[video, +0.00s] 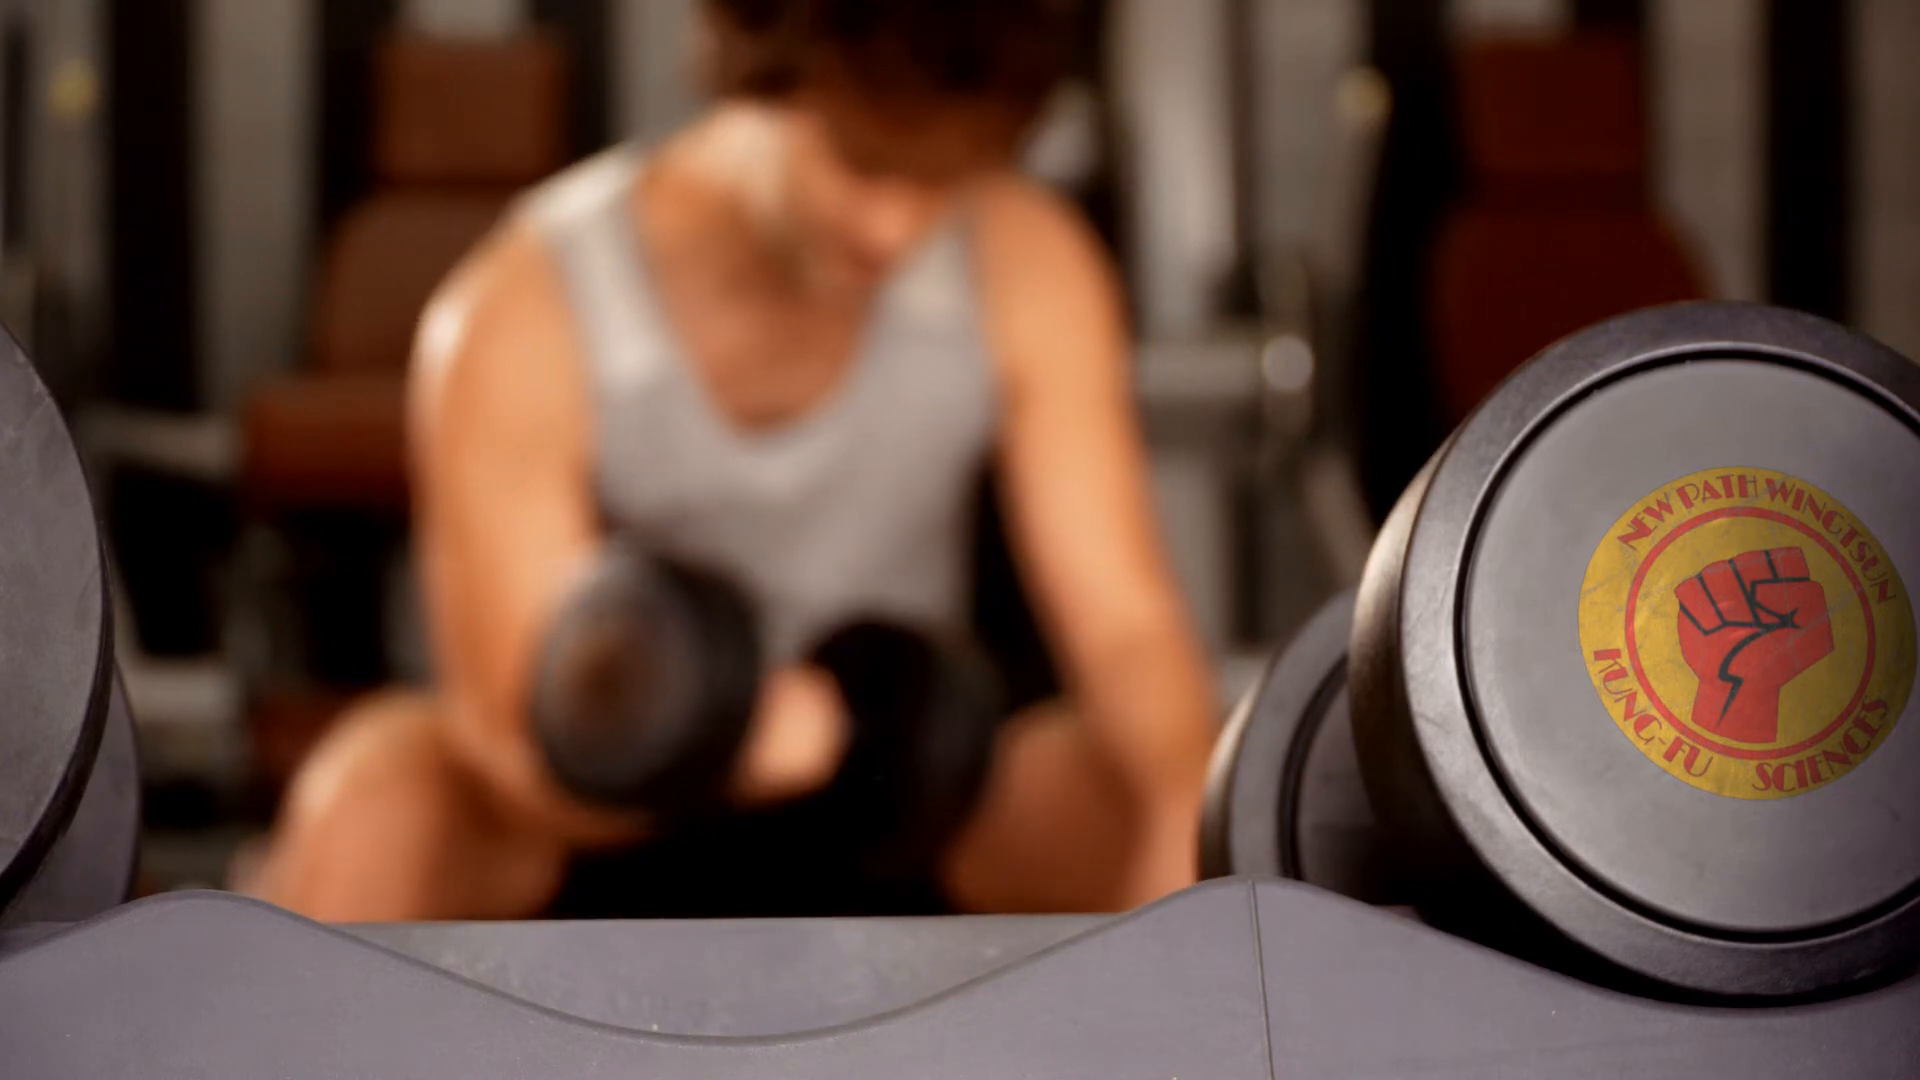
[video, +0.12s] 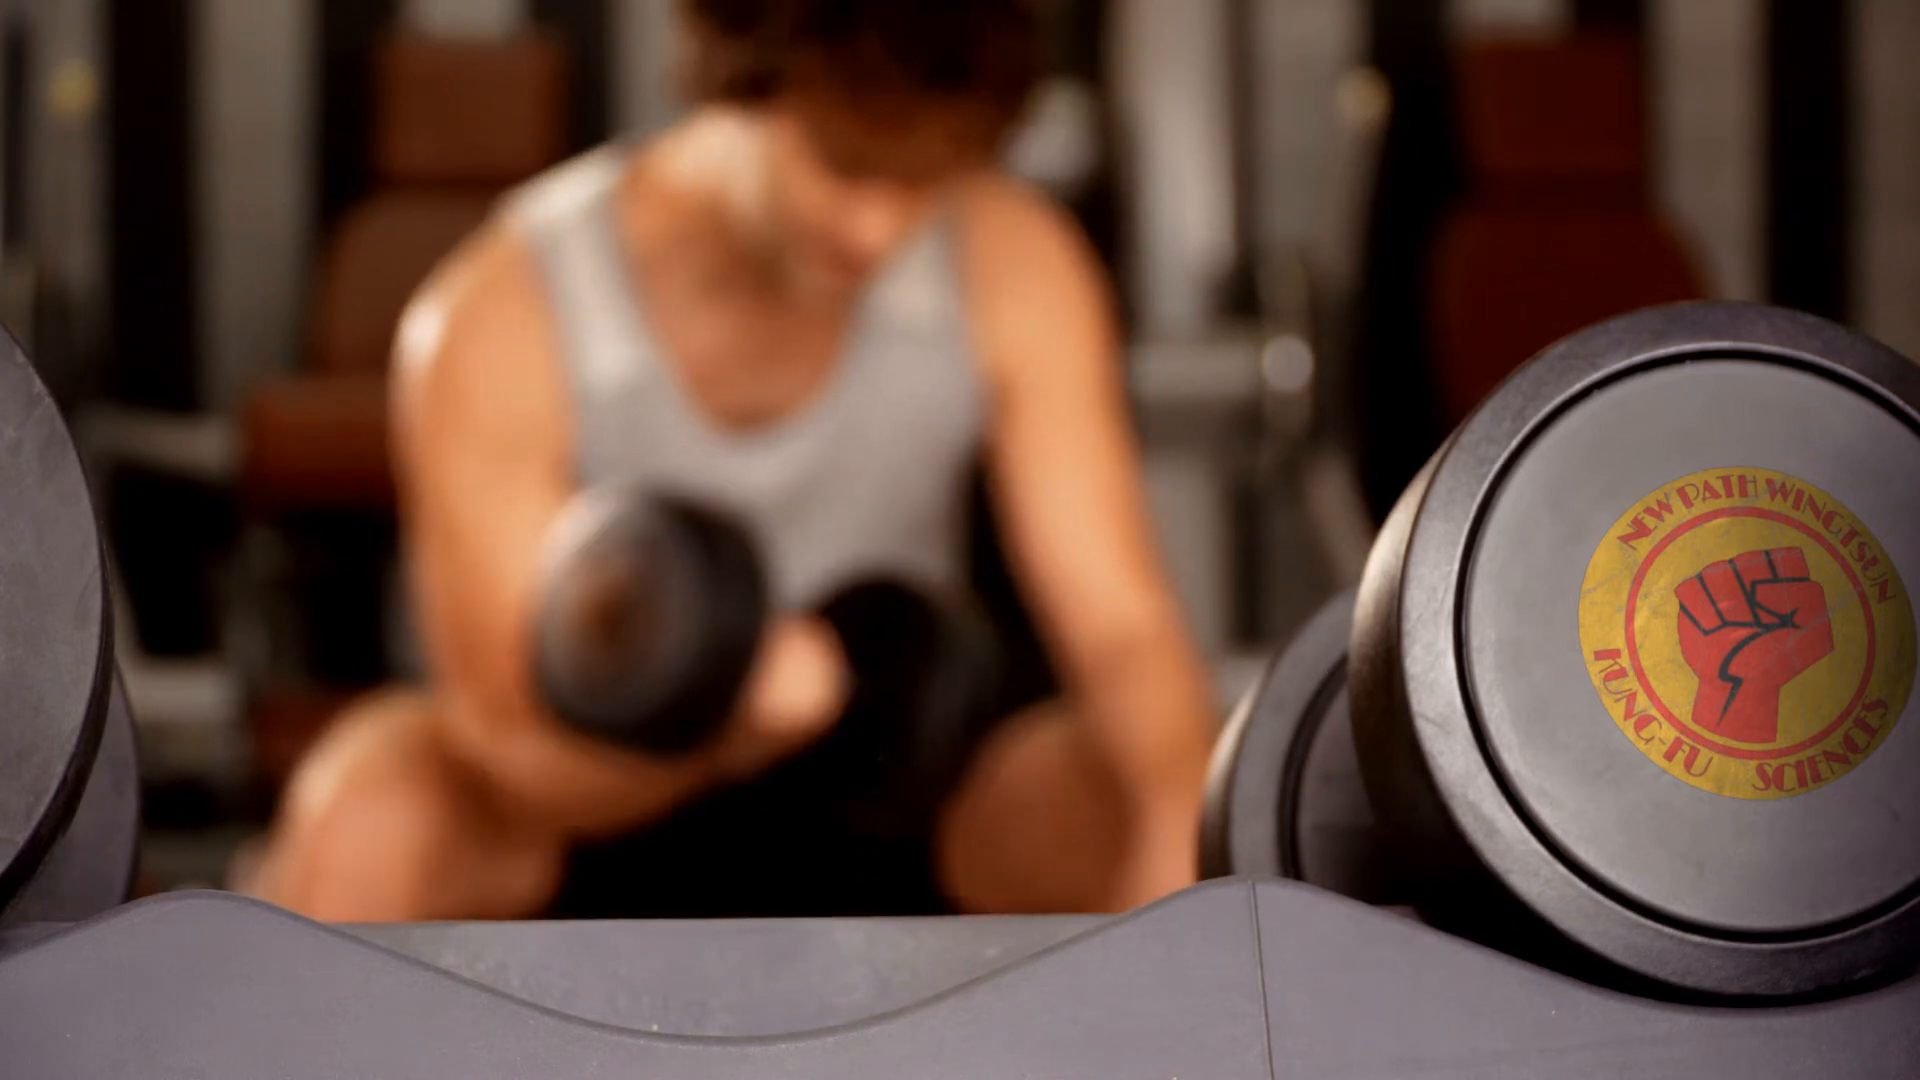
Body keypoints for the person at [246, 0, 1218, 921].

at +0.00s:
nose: (899, 229)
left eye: (944, 180)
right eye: (864, 166)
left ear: (998, 140)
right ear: (764, 78)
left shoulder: (1019, 254)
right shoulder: (520, 311)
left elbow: (1125, 627)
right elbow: (528, 753)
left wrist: (1187, 833)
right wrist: (824, 725)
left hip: (888, 803)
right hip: (607, 811)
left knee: (1189, 794)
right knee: (374, 787)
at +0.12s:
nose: (882, 229)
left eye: (926, 181)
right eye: (847, 169)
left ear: (976, 140)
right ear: (745, 87)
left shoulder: (1005, 253)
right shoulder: (496, 314)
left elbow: (1122, 633)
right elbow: (521, 756)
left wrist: (1178, 857)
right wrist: (731, 725)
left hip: (893, 785)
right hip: (600, 797)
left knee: (1177, 796)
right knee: (373, 801)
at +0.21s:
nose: (869, 231)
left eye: (914, 182)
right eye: (834, 170)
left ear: (964, 144)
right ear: (735, 93)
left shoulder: (1000, 255)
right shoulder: (484, 317)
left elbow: (1120, 632)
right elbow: (521, 746)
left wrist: (1180, 875)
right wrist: (742, 704)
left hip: (899, 784)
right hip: (604, 791)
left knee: (1173, 802)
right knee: (372, 804)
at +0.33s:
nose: (858, 230)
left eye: (905, 180)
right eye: (820, 169)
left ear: (953, 146)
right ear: (714, 92)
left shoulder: (994, 257)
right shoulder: (471, 325)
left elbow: (1118, 631)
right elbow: (521, 752)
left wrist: (1186, 889)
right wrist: (743, 682)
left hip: (894, 790)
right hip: (597, 805)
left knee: (1173, 809)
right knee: (374, 806)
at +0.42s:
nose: (854, 231)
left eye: (902, 180)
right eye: (815, 170)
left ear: (951, 145)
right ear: (708, 92)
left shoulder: (991, 256)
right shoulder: (466, 329)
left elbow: (1117, 631)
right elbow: (526, 763)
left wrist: (1183, 885)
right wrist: (753, 663)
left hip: (894, 788)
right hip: (596, 810)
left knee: (1179, 808)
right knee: (375, 804)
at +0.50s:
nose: (855, 232)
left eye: (901, 182)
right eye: (815, 172)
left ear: (949, 148)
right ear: (708, 101)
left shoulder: (990, 256)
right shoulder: (466, 330)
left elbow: (1119, 633)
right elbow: (529, 769)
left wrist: (1179, 888)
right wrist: (754, 651)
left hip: (890, 782)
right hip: (597, 806)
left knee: (1183, 807)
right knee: (374, 803)